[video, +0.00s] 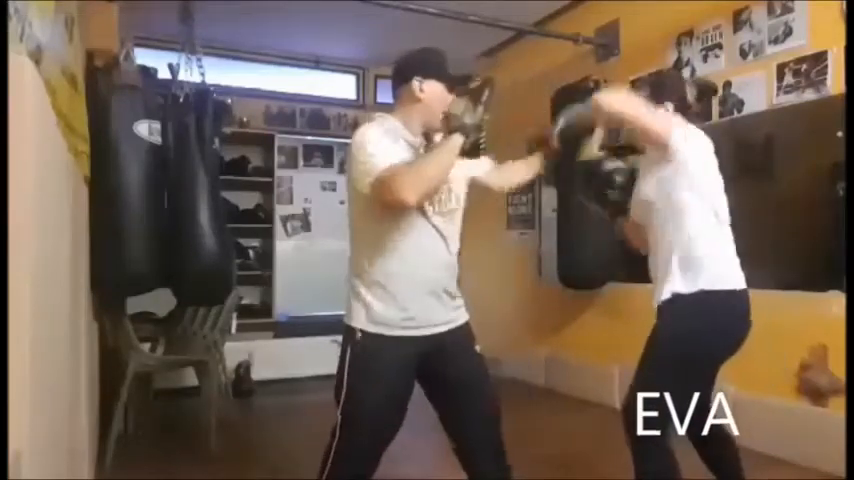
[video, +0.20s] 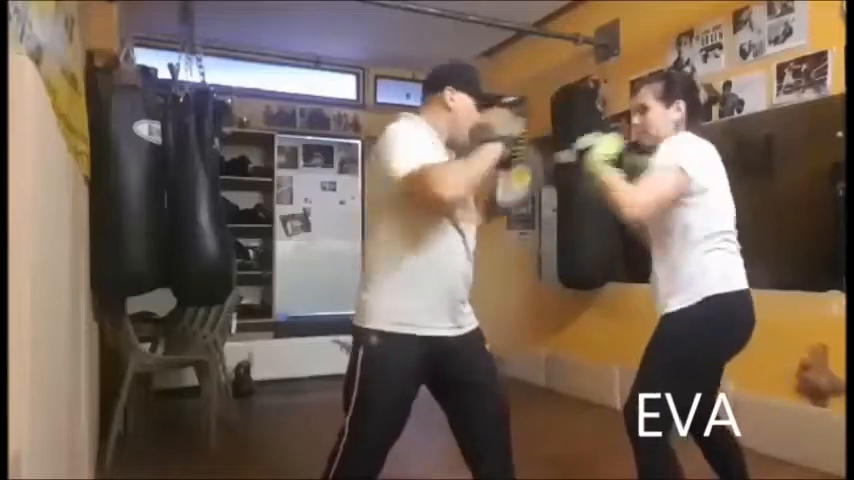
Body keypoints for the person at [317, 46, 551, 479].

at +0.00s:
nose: (454, 100)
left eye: (454, 91)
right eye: (447, 88)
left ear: (422, 91)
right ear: (418, 88)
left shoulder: (449, 149)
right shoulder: (373, 137)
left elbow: (503, 175)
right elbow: (402, 192)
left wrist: (551, 153)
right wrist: (458, 136)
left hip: (447, 327)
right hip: (381, 331)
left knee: (485, 448)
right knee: (354, 457)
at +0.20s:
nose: (480, 118)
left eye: (482, 109)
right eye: (476, 106)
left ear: (449, 101)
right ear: (450, 97)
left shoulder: (450, 155)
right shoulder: (402, 134)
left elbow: (471, 214)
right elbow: (441, 188)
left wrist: (495, 192)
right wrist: (493, 143)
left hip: (455, 328)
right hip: (393, 330)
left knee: (491, 439)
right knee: (361, 453)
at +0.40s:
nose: (494, 123)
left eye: (496, 117)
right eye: (491, 114)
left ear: (469, 109)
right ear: (472, 104)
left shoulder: (465, 167)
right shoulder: (425, 127)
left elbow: (460, 255)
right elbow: (505, 133)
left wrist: (524, 255)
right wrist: (542, 92)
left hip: (463, 323)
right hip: (404, 317)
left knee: (499, 429)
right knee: (370, 444)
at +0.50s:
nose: (493, 125)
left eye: (495, 121)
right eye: (491, 116)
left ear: (485, 120)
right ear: (477, 109)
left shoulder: (486, 194)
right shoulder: (429, 130)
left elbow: (510, 256)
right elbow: (495, 131)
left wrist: (576, 275)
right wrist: (541, 97)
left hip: (467, 329)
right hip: (402, 320)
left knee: (503, 428)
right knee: (373, 441)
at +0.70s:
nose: (511, 136)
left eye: (516, 129)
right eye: (511, 124)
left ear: (494, 119)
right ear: (483, 110)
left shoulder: (490, 194)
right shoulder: (431, 132)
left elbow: (506, 260)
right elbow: (501, 133)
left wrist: (560, 299)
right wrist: (540, 104)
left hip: (469, 330)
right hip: (403, 322)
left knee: (506, 428)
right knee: (374, 441)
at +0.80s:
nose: (504, 121)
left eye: (507, 115)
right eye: (501, 111)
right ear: (476, 103)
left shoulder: (479, 180)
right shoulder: (429, 126)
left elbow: (487, 257)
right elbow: (510, 137)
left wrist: (544, 295)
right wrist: (551, 115)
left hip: (467, 326)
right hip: (403, 318)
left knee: (502, 426)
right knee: (375, 438)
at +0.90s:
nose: (490, 116)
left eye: (493, 109)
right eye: (488, 106)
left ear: (470, 106)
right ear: (465, 99)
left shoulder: (466, 177)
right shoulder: (422, 123)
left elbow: (474, 255)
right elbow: (506, 122)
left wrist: (532, 279)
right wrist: (545, 105)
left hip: (463, 324)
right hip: (402, 318)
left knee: (498, 428)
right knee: (372, 440)